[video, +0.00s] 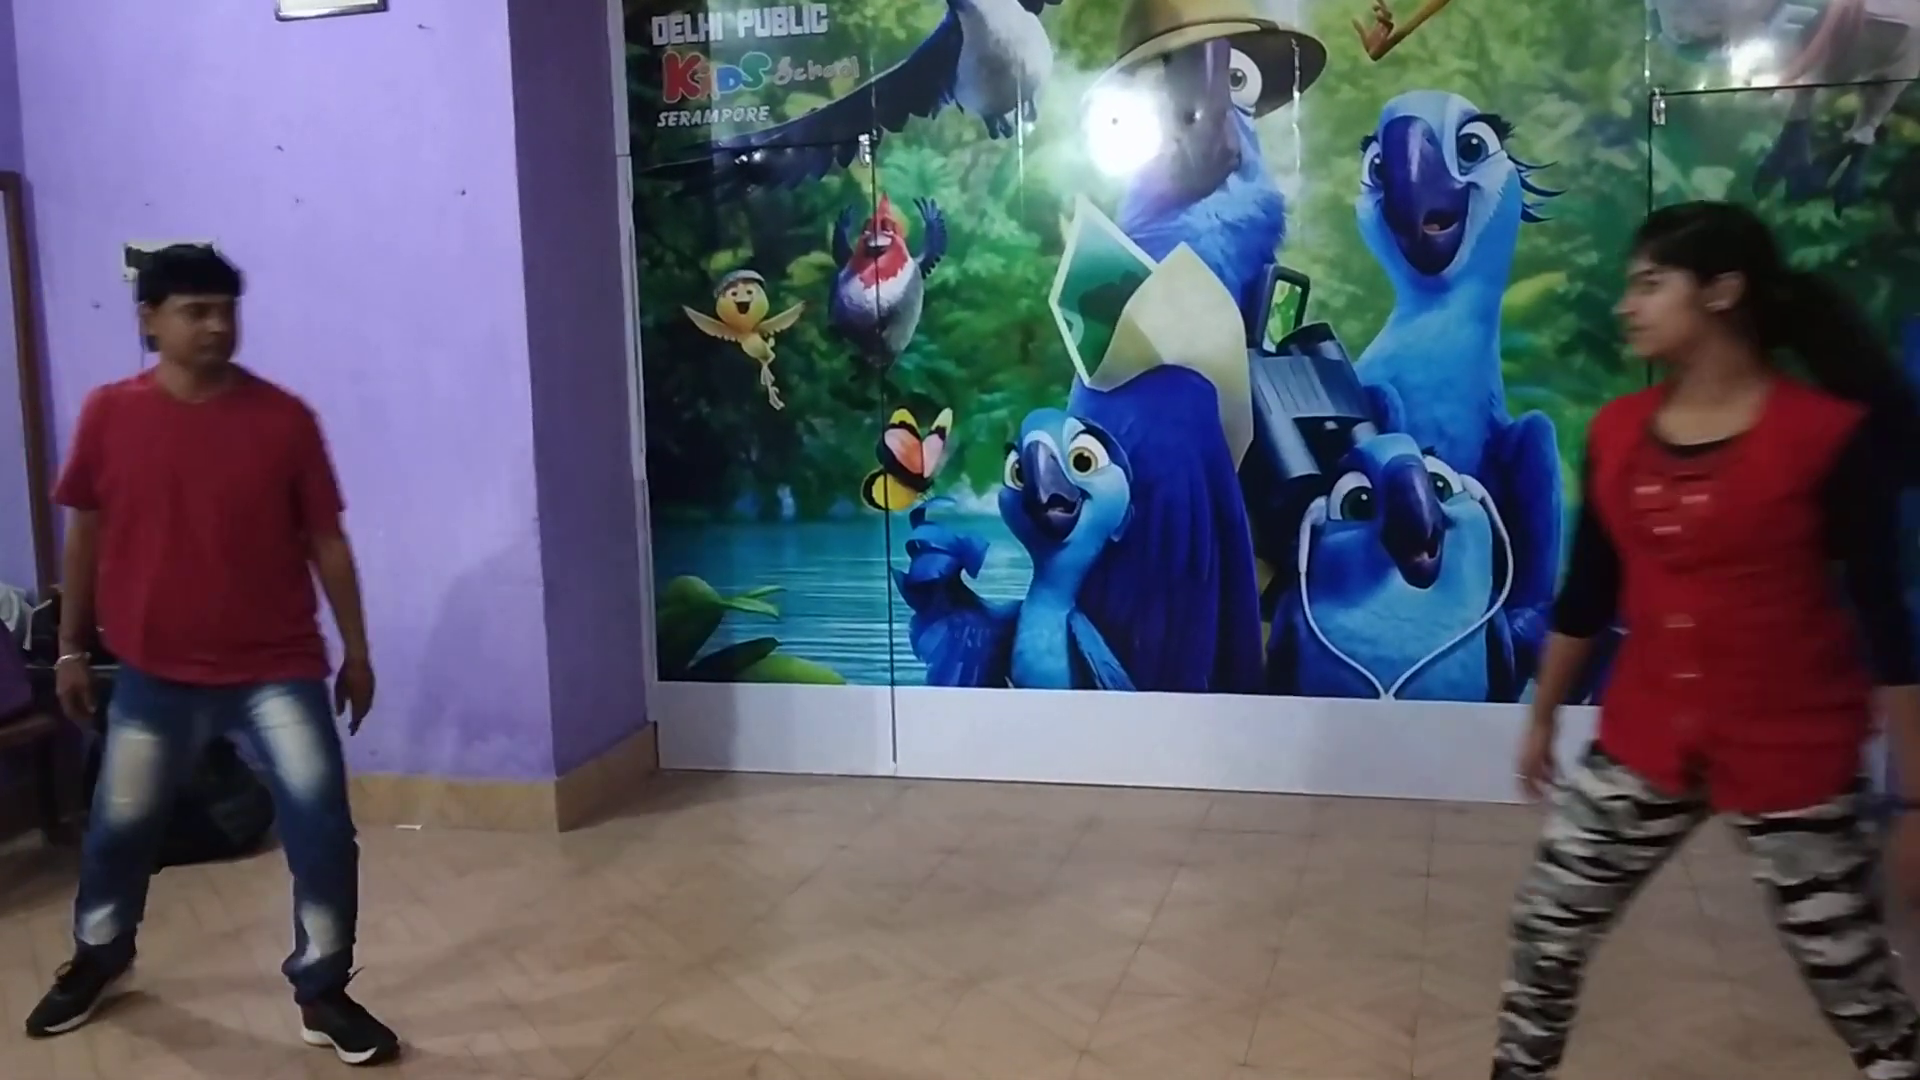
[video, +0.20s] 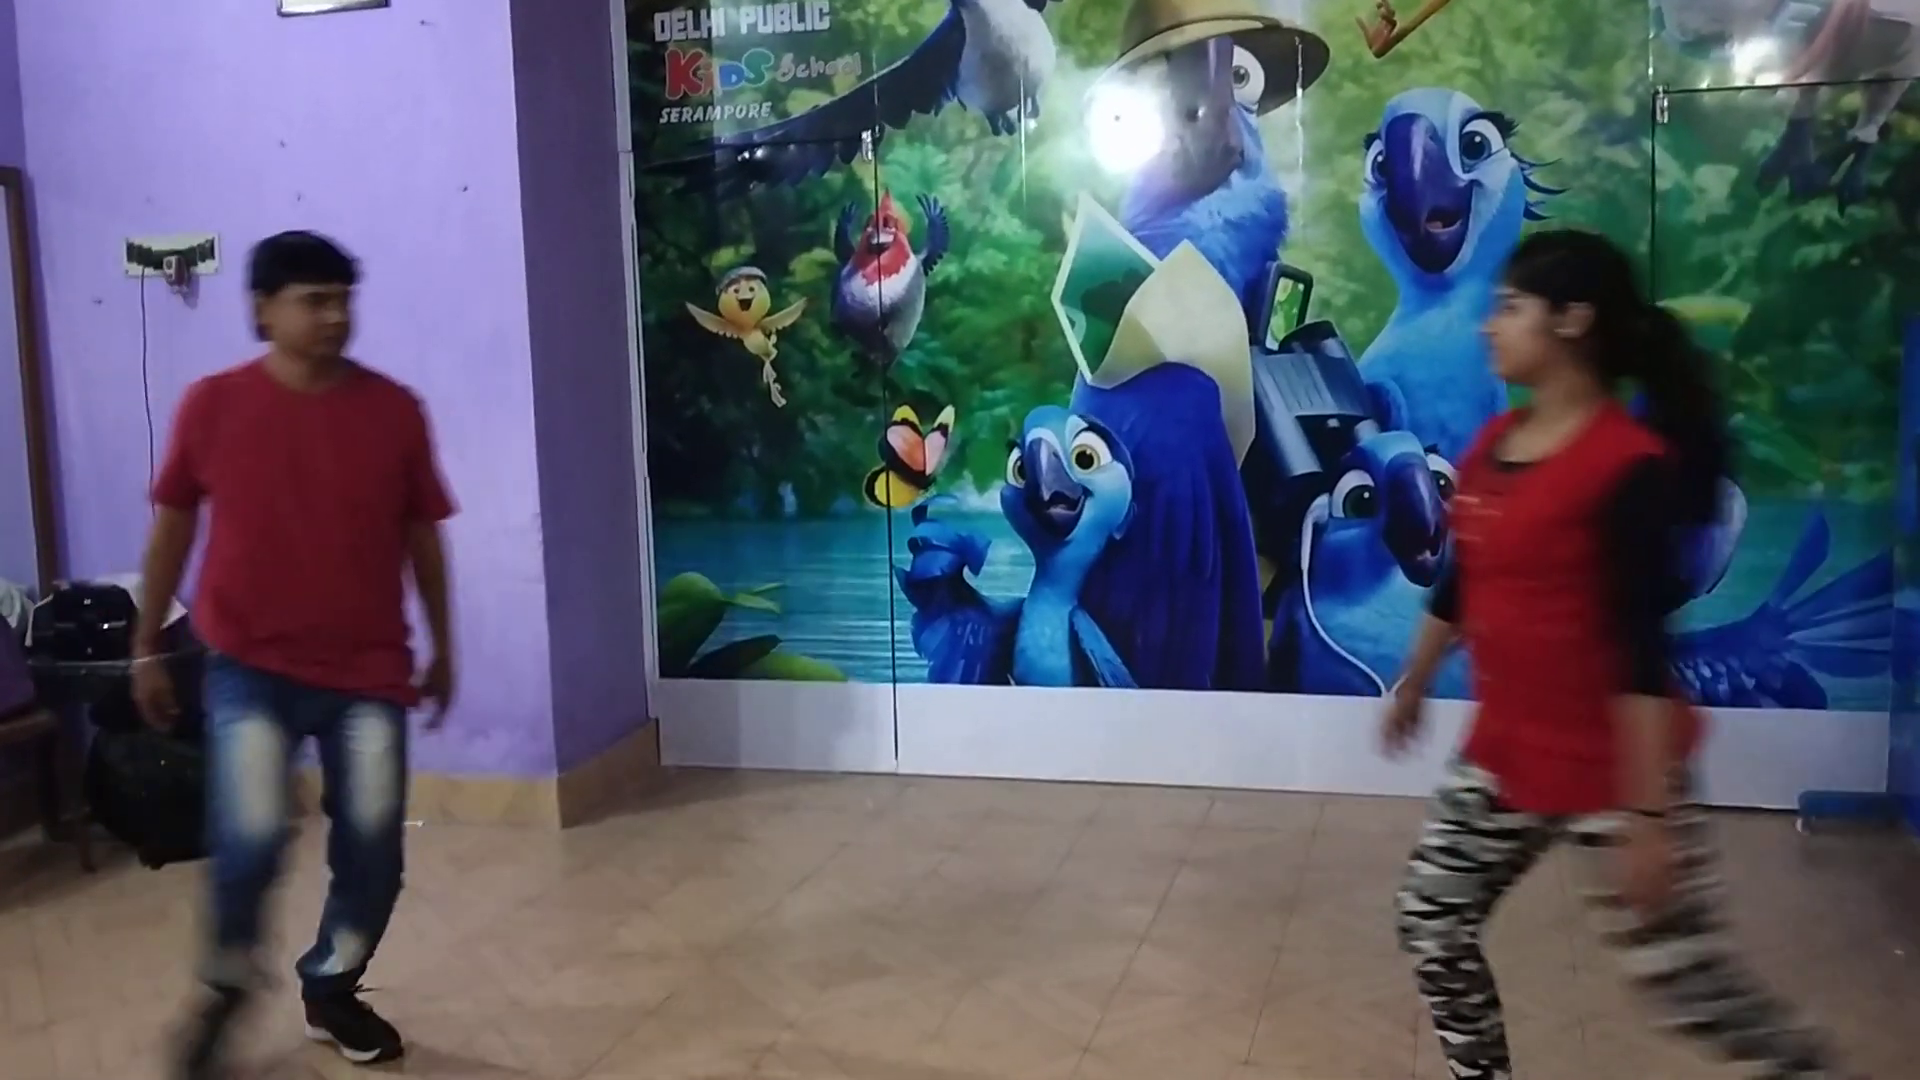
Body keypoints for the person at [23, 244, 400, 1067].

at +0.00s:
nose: (215, 325)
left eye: (225, 311)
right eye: (196, 312)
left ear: (237, 318)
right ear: (151, 322)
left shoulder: (284, 418)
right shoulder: (110, 414)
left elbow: (326, 539)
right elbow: (85, 527)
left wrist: (358, 653)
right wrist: (71, 647)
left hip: (275, 667)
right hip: (152, 668)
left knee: (320, 807)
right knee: (122, 816)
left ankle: (325, 990)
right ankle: (99, 955)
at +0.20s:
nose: (336, 316)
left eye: (343, 301)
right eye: (316, 302)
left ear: (354, 307)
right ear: (265, 309)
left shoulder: (394, 409)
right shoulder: (214, 404)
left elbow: (423, 532)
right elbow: (174, 518)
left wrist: (443, 647)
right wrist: (145, 644)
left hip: (365, 665)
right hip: (247, 662)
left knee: (374, 844)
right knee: (250, 836)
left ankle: (333, 987)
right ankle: (222, 992)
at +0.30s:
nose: (392, 317)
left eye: (400, 302)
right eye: (372, 303)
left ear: (410, 308)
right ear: (320, 309)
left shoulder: (446, 413)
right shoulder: (267, 405)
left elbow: (474, 537)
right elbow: (218, 526)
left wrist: (505, 653)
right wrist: (183, 657)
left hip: (412, 671)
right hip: (302, 665)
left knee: (407, 865)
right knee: (351, 815)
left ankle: (334, 973)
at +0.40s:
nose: (456, 317)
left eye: (463, 301)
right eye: (436, 301)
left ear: (472, 306)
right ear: (379, 307)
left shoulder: (502, 414)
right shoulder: (321, 409)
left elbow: (543, 539)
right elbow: (262, 536)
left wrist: (586, 651)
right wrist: (213, 666)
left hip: (464, 678)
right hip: (359, 672)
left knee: (443, 867)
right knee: (439, 859)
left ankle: (347, 971)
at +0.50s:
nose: (525, 314)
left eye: (532, 297)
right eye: (505, 296)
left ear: (539, 302)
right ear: (445, 300)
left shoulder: (563, 414)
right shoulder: (383, 412)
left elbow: (617, 538)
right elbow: (309, 550)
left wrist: (691, 639)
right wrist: (246, 682)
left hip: (535, 687)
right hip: (433, 681)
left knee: (524, 886)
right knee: (528, 877)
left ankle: (399, 956)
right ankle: (558, 1067)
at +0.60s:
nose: (606, 305)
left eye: (613, 288)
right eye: (584, 286)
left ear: (620, 294)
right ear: (520, 288)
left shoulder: (629, 406)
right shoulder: (458, 405)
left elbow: (690, 519)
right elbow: (381, 554)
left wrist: (783, 605)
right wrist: (319, 705)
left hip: (611, 692)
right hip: (503, 688)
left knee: (652, 907)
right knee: (581, 899)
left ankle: (508, 980)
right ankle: (576, 1069)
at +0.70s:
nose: (690, 303)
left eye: (697, 286)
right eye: (671, 283)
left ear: (699, 291)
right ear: (606, 280)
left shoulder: (692, 399)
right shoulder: (550, 396)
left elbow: (745, 513)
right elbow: (513, 553)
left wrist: (858, 565)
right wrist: (503, 706)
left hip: (683, 696)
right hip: (575, 699)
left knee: (789, 874)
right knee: (626, 931)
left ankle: (730, 1060)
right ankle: (600, 1071)